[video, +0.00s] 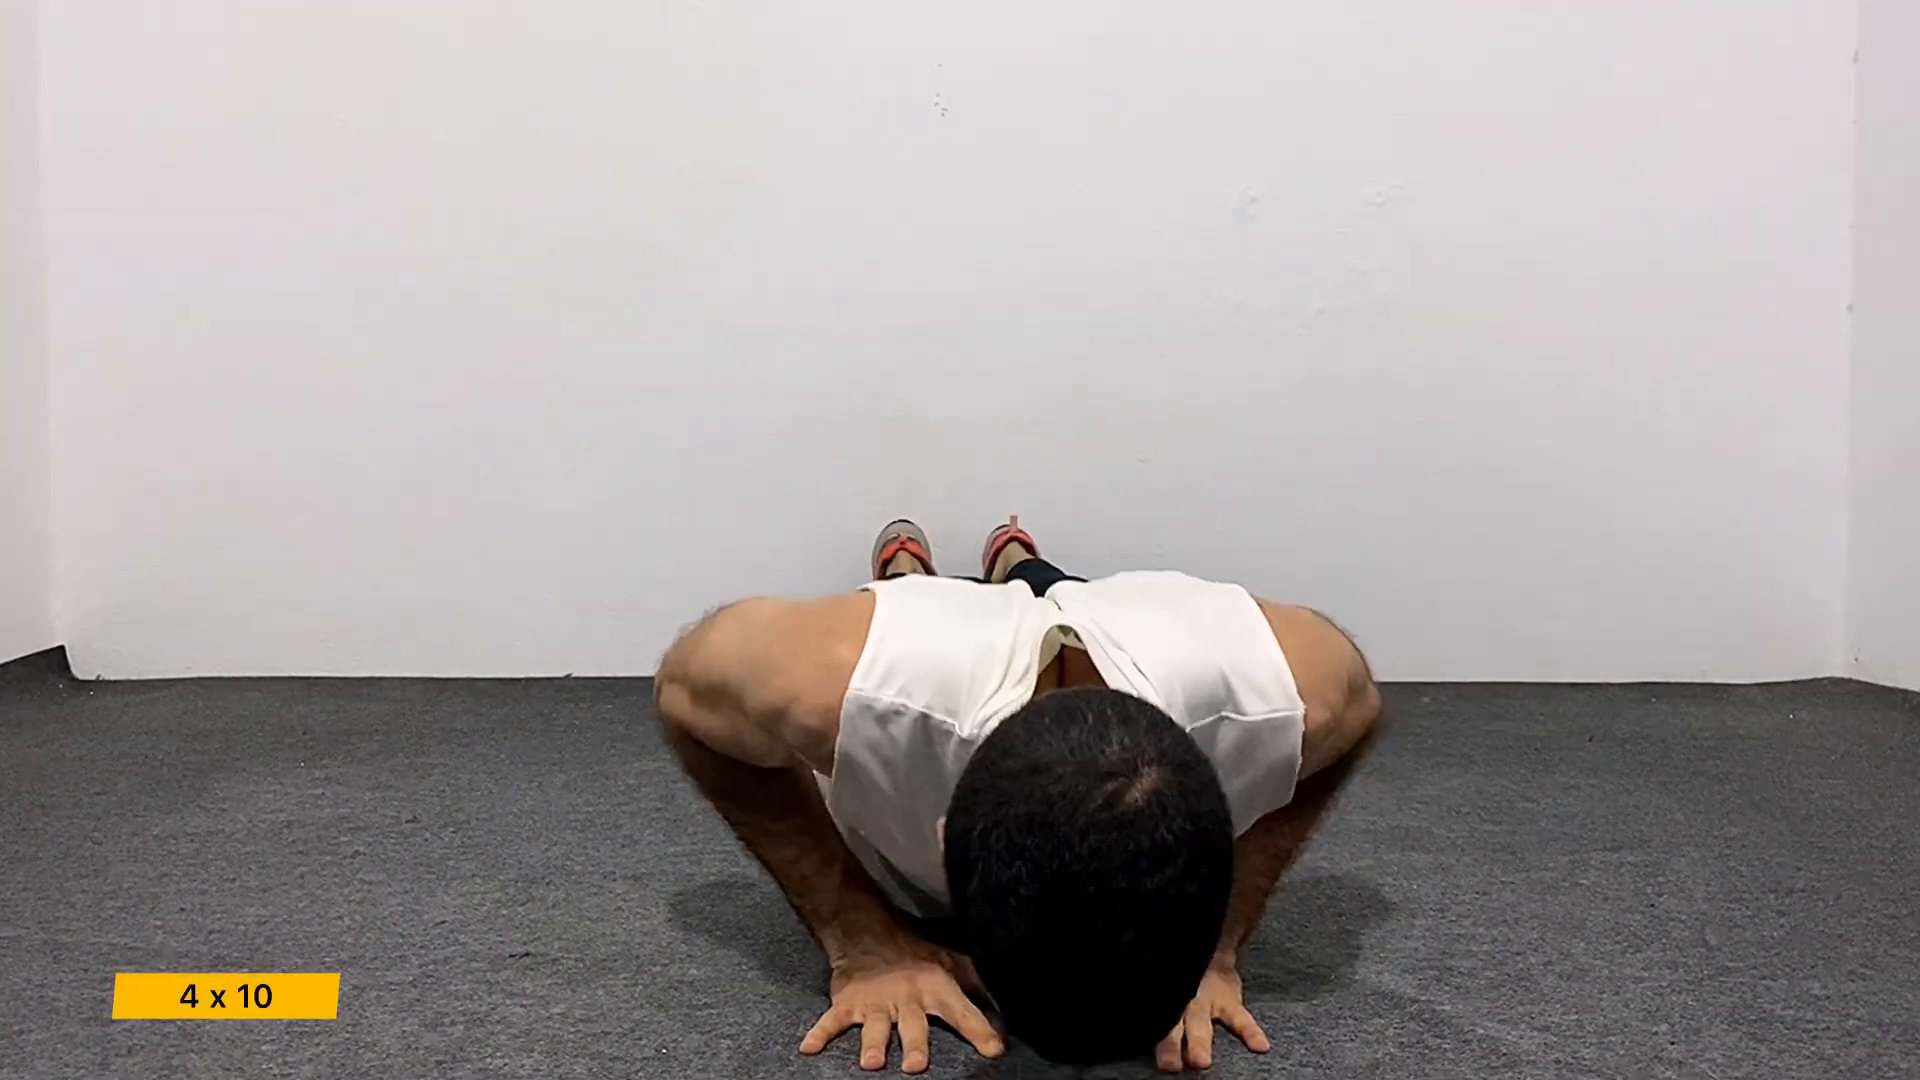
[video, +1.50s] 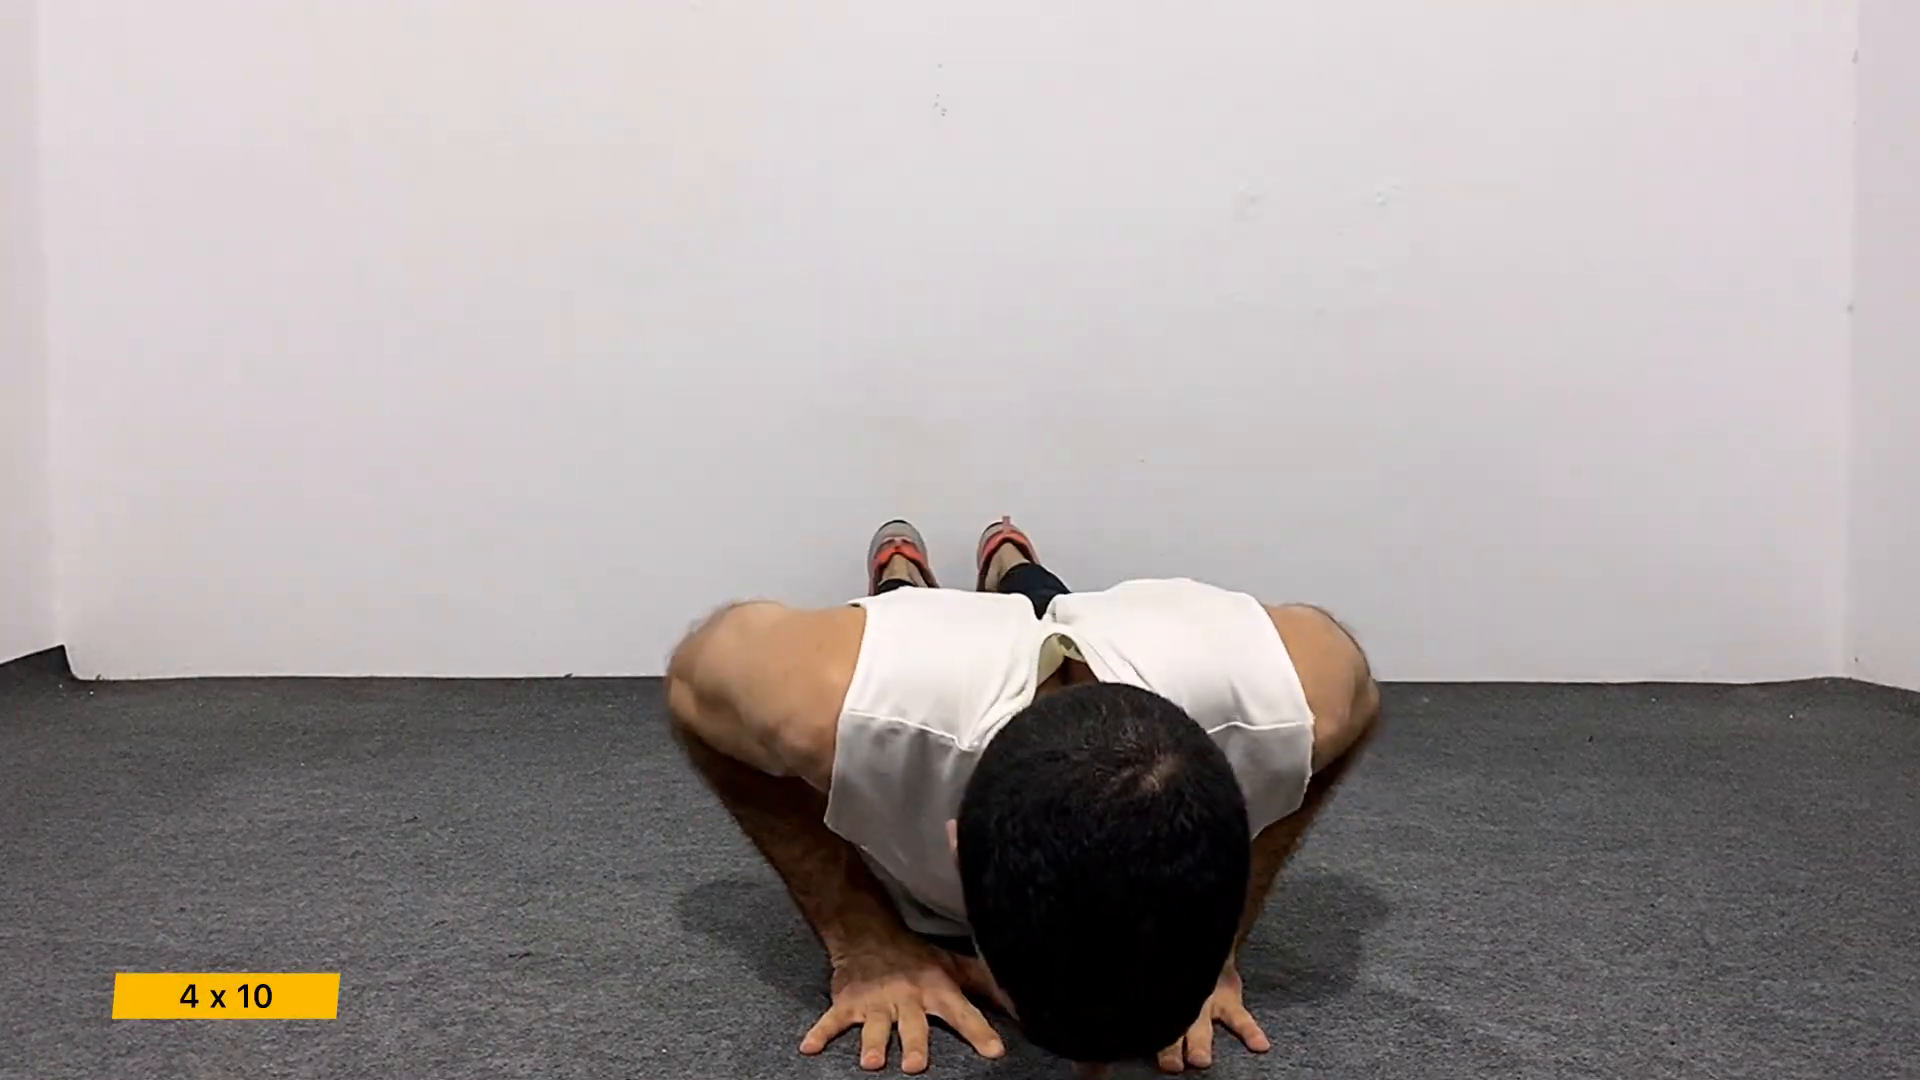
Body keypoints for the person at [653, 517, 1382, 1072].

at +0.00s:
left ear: (1222, 814)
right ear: (948, 841)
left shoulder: (1300, 690)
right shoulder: (832, 687)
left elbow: (1355, 714)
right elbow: (689, 689)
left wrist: (1224, 945)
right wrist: (858, 934)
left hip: (1106, 620)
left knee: (1039, 592)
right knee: (907, 594)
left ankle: (1014, 563)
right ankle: (904, 566)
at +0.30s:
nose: (1072, 720)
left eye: (1118, 686)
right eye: (1032, 686)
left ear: (1200, 570)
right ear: (959, 583)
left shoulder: (1276, 483)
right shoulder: (826, 459)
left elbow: (1306, 684)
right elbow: (720, 677)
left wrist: (1200, 925)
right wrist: (866, 931)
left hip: (1134, 717)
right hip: (904, 725)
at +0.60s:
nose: (1066, 365)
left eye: (1115, 321)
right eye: (1024, 314)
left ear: (1181, 232)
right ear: (952, 191)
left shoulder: (1265, 257)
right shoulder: (817, 241)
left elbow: (1244, 605)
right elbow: (829, 594)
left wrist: (1194, 933)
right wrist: (874, 931)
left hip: (1095, 565)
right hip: (920, 563)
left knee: (1056, 631)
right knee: (920, 644)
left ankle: (1030, 646)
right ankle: (915, 662)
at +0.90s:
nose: (1073, 460)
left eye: (1122, 419)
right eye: (1031, 417)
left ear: (1185, 321)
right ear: (951, 287)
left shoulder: (1266, 306)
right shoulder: (817, 300)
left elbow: (1272, 629)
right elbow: (772, 622)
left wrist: (1194, 934)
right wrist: (869, 933)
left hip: (1106, 622)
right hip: (915, 630)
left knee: (1072, 669)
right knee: (920, 680)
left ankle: (1047, 673)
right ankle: (920, 680)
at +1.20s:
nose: (1093, 871)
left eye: (1136, 833)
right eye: (1051, 826)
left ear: (1227, 697)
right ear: (967, 672)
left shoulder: (1295, 573)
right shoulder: (826, 569)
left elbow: (1314, 707)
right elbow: (709, 692)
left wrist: (1203, 927)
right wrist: (863, 933)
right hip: (911, 816)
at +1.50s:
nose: (1095, 1072)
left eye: (1134, 1052)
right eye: (1062, 1048)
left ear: (1235, 875)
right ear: (964, 852)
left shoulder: (1301, 694)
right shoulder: (835, 703)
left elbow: (1356, 695)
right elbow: (698, 679)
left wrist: (1225, 939)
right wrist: (857, 931)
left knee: (1055, 624)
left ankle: (1019, 576)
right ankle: (904, 590)